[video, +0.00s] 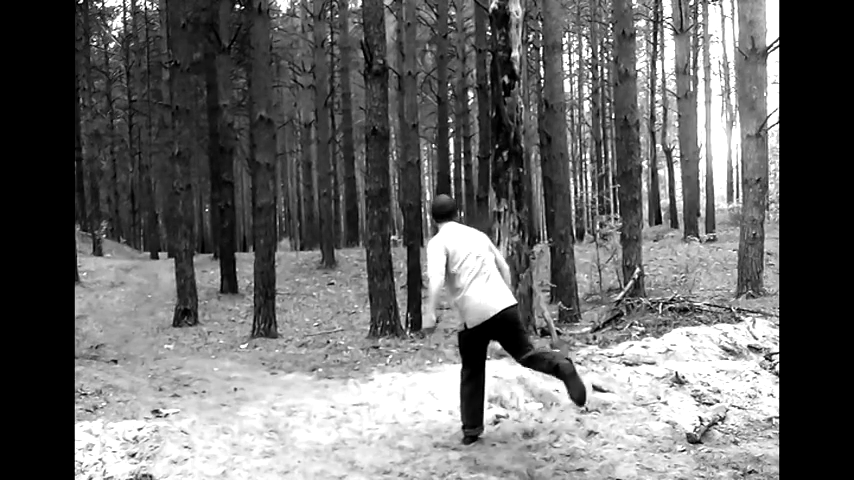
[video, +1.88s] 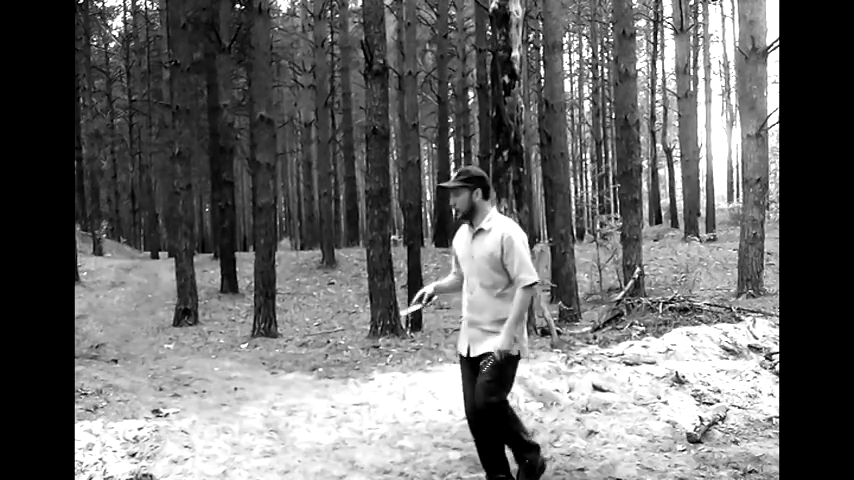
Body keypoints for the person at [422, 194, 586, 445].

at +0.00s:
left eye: (433, 217)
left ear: (433, 218)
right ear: (456, 213)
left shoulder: (437, 242)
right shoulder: (477, 234)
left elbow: (436, 281)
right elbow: (503, 266)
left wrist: (430, 314)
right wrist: (507, 296)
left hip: (475, 315)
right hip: (505, 304)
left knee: (472, 372)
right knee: (526, 354)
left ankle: (471, 430)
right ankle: (561, 365)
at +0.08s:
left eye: (434, 209)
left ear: (436, 212)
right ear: (460, 208)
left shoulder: (441, 240)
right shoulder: (481, 229)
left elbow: (441, 282)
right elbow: (507, 259)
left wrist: (433, 315)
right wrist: (513, 292)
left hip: (475, 314)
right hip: (505, 304)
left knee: (472, 372)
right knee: (518, 355)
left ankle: (473, 430)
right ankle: (548, 387)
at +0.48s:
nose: (460, 210)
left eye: (461, 204)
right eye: (459, 205)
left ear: (472, 201)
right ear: (479, 201)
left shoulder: (489, 229)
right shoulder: (498, 224)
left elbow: (485, 274)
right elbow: (496, 273)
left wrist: (457, 274)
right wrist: (466, 282)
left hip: (497, 315)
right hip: (515, 313)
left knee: (478, 376)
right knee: (515, 372)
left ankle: (478, 430)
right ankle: (527, 429)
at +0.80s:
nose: (474, 207)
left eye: (477, 201)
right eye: (472, 202)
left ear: (493, 199)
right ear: (482, 202)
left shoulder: (515, 229)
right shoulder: (489, 231)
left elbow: (526, 273)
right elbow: (497, 270)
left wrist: (494, 296)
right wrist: (474, 280)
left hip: (513, 315)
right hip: (501, 314)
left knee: (502, 370)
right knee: (518, 369)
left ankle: (528, 435)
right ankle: (528, 426)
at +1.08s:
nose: (490, 209)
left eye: (495, 203)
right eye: (486, 204)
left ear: (510, 200)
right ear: (484, 205)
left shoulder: (535, 234)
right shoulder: (489, 237)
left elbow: (557, 275)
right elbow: (488, 277)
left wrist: (542, 312)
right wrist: (477, 300)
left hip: (531, 328)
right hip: (499, 327)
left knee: (529, 387)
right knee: (497, 377)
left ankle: (540, 449)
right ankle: (519, 418)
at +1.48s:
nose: (483, 212)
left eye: (488, 205)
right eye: (479, 207)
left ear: (505, 203)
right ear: (477, 208)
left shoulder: (533, 238)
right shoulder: (477, 242)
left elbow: (554, 282)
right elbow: (472, 278)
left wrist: (536, 321)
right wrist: (462, 294)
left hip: (530, 334)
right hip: (492, 335)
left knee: (534, 396)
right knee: (491, 397)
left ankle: (539, 452)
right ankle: (497, 465)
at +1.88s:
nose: (451, 201)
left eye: (456, 193)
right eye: (450, 194)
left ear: (477, 193)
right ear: (464, 196)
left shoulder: (508, 232)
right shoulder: (461, 235)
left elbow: (527, 285)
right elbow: (460, 278)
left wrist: (507, 336)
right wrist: (435, 287)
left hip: (502, 341)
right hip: (470, 342)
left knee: (488, 402)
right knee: (475, 414)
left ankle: (529, 456)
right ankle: (497, 474)